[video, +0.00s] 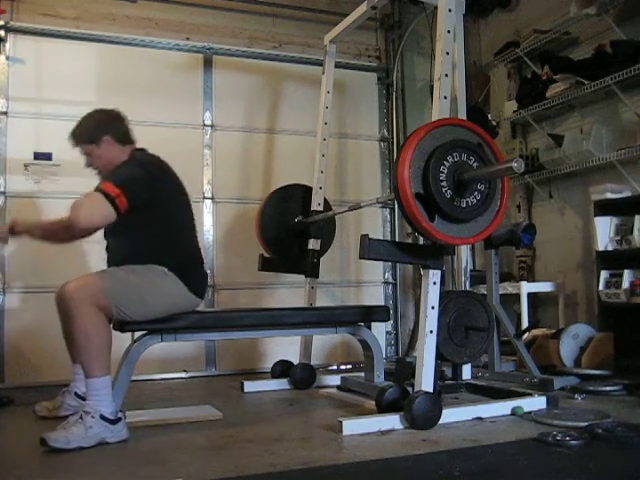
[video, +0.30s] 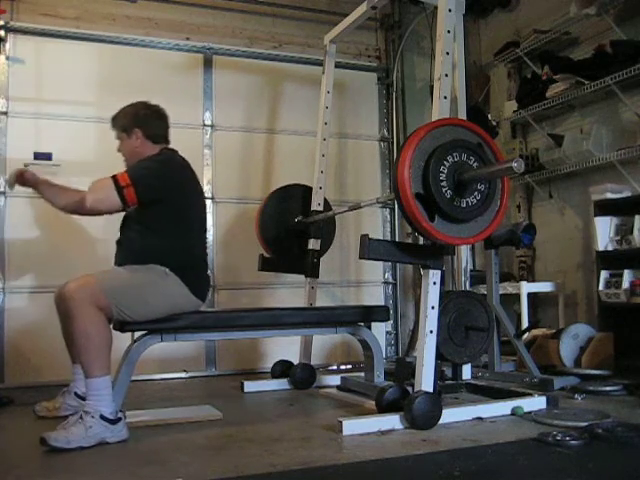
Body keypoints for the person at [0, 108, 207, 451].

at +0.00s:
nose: (88, 161)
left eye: (90, 153)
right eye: (85, 155)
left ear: (109, 142)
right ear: (112, 143)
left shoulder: (141, 170)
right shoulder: (127, 173)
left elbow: (80, 220)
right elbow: (75, 229)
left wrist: (31, 229)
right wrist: (28, 228)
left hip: (173, 280)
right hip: (150, 278)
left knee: (81, 296)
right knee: (68, 295)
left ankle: (104, 416)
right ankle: (81, 394)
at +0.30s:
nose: (118, 148)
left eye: (121, 139)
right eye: (119, 140)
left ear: (139, 137)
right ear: (146, 138)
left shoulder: (164, 167)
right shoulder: (155, 169)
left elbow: (85, 203)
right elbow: (91, 204)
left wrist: (37, 183)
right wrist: (41, 185)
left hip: (175, 280)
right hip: (154, 277)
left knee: (82, 297)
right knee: (67, 296)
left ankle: (104, 416)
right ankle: (82, 395)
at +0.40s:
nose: (125, 146)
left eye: (128, 137)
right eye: (125, 138)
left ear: (146, 136)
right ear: (151, 138)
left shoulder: (167, 168)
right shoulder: (161, 169)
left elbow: (88, 198)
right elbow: (94, 199)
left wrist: (37, 171)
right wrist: (42, 174)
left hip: (177, 280)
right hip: (157, 276)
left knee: (83, 297)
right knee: (68, 295)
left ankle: (104, 416)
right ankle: (82, 394)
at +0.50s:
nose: (129, 146)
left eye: (133, 138)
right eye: (130, 138)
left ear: (153, 138)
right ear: (155, 139)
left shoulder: (170, 169)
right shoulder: (159, 169)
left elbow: (100, 204)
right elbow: (90, 191)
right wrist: (40, 162)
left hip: (178, 280)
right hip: (157, 276)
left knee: (84, 296)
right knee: (69, 294)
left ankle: (104, 416)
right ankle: (82, 394)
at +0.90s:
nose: (138, 140)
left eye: (145, 132)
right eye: (138, 133)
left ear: (171, 135)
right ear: (169, 136)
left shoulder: (179, 166)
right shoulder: (166, 169)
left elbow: (109, 196)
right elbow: (113, 202)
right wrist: (79, 169)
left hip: (179, 280)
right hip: (156, 277)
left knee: (88, 294)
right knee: (66, 297)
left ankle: (105, 416)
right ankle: (82, 394)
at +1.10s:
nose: (138, 139)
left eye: (145, 131)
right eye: (138, 132)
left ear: (172, 134)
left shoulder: (181, 162)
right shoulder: (163, 174)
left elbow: (113, 180)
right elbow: (131, 221)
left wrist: (97, 180)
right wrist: (101, 197)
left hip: (179, 281)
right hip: (154, 279)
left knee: (87, 286)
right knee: (66, 296)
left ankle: (99, 409)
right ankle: (81, 392)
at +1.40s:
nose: (130, 133)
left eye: (138, 127)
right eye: (131, 126)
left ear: (165, 132)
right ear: (159, 133)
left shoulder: (180, 160)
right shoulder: (154, 172)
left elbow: (152, 175)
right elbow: (132, 203)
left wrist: (91, 175)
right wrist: (100, 221)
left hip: (178, 281)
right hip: (154, 278)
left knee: (82, 292)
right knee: (72, 291)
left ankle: (85, 415)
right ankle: (75, 390)